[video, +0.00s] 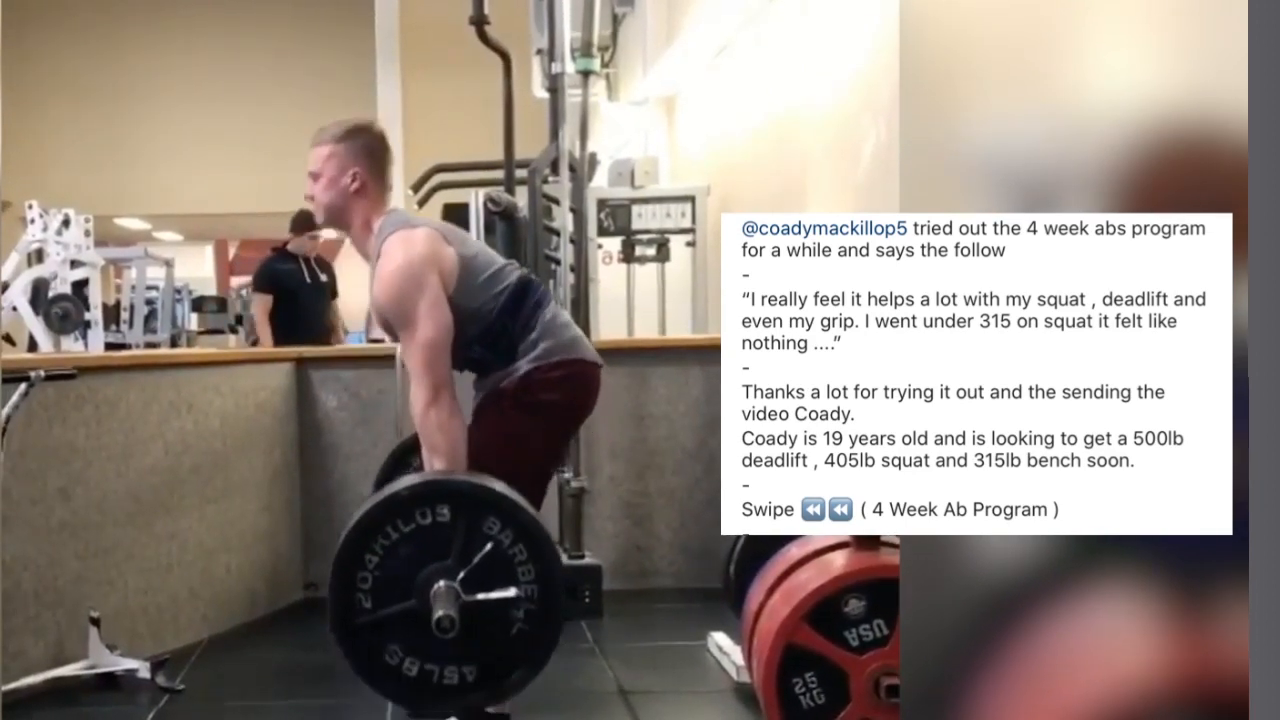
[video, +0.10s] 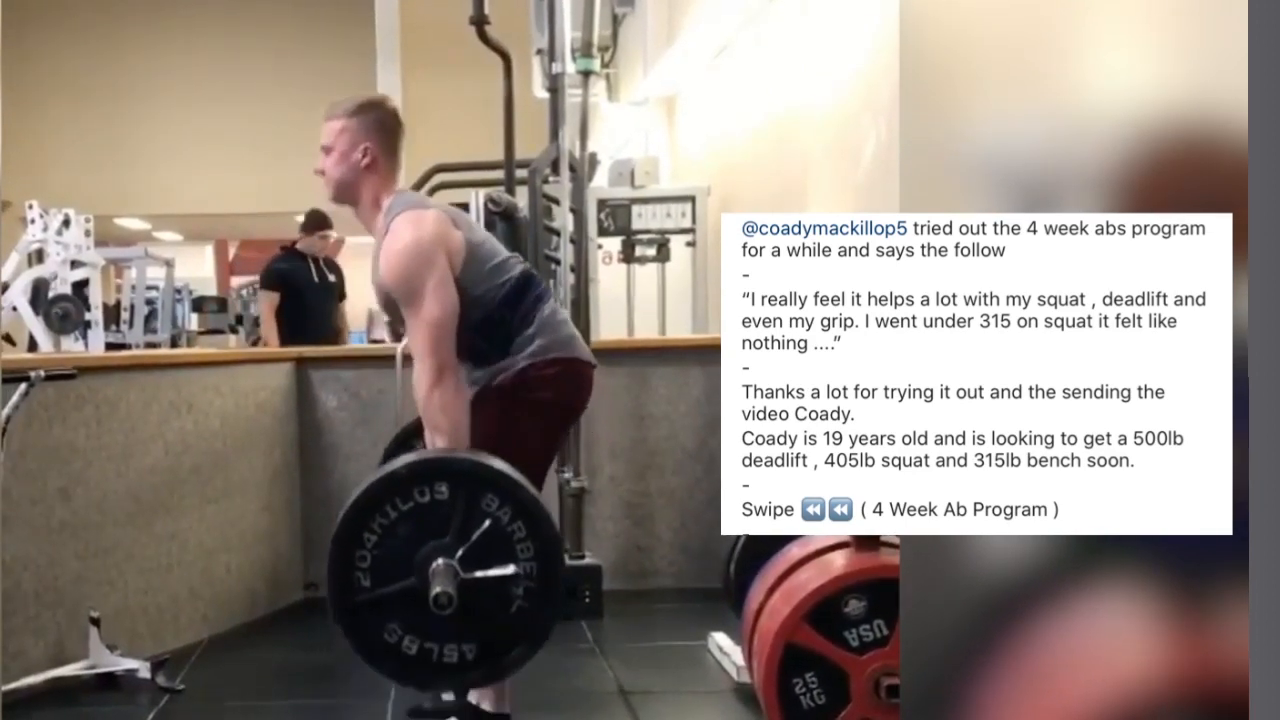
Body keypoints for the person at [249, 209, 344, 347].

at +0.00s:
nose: (317, 243)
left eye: (318, 238)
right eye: (312, 238)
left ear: (320, 236)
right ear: (296, 235)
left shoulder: (324, 266)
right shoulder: (272, 267)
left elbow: (332, 309)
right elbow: (260, 313)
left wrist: (339, 342)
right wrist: (269, 352)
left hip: (323, 353)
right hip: (286, 355)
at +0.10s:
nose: (327, 243)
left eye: (329, 237)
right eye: (322, 237)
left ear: (333, 237)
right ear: (304, 235)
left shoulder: (332, 268)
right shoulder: (279, 268)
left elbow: (340, 312)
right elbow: (266, 313)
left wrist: (344, 347)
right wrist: (275, 355)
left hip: (331, 355)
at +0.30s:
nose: (347, 242)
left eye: (349, 237)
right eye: (343, 236)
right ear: (324, 232)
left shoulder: (348, 268)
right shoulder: (293, 260)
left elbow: (354, 312)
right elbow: (274, 304)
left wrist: (357, 343)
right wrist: (278, 342)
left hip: (342, 355)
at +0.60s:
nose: (360, 242)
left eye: (362, 237)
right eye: (356, 236)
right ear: (338, 231)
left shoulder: (359, 264)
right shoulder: (305, 261)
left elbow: (367, 309)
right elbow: (287, 305)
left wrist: (376, 343)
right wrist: (299, 341)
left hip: (354, 355)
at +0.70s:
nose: (364, 244)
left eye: (365, 238)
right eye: (360, 238)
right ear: (343, 232)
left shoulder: (360, 262)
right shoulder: (309, 261)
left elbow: (365, 307)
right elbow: (293, 310)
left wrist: (375, 342)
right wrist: (315, 349)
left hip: (357, 354)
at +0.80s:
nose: (368, 246)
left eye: (370, 240)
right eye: (365, 240)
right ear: (346, 234)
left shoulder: (363, 262)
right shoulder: (314, 262)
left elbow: (364, 306)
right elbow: (303, 314)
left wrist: (369, 339)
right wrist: (333, 348)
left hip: (358, 351)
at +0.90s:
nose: (375, 248)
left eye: (377, 242)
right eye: (371, 242)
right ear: (352, 235)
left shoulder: (363, 261)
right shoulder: (324, 261)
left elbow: (358, 309)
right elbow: (320, 317)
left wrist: (365, 341)